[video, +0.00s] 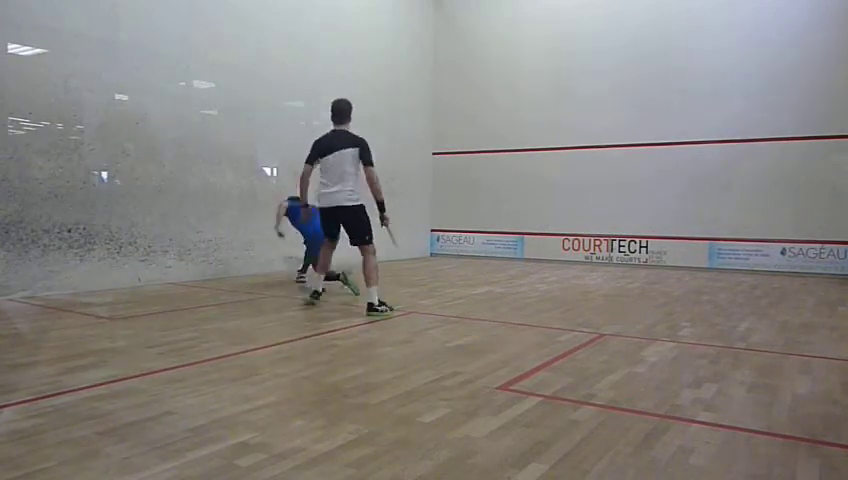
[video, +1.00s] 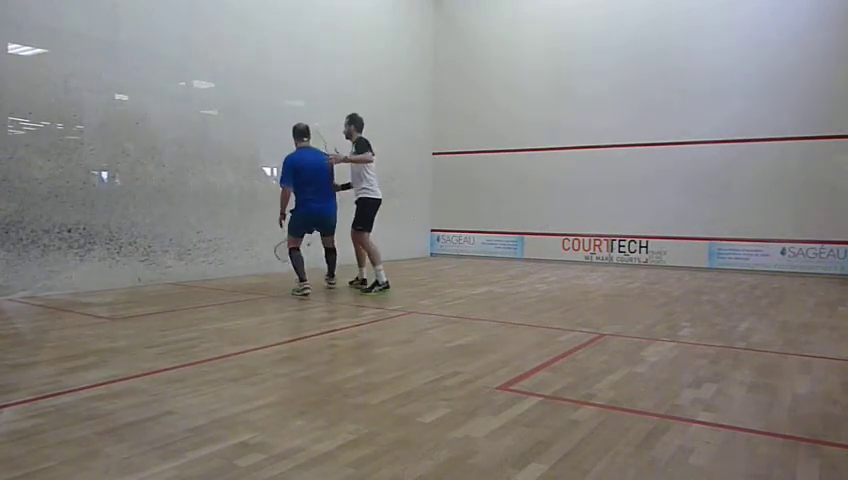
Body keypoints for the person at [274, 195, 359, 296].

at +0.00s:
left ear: (290, 203)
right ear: (302, 200)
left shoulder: (291, 206)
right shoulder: (313, 207)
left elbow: (282, 207)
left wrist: (277, 226)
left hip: (312, 238)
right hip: (323, 234)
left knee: (318, 270)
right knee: (310, 252)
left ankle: (340, 277)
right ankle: (302, 273)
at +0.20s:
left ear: (291, 188)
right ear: (303, 186)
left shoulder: (291, 197)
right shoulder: (313, 196)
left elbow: (277, 214)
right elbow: (328, 204)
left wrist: (271, 233)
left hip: (307, 230)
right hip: (321, 228)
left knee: (309, 265)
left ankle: (335, 266)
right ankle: (303, 272)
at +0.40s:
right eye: (310, 154)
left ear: (298, 157)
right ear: (312, 154)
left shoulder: (296, 174)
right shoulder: (322, 168)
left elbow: (292, 199)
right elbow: (330, 190)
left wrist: (292, 215)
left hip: (307, 215)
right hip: (324, 213)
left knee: (306, 250)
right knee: (320, 247)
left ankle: (321, 271)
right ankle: (307, 271)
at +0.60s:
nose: (318, 142)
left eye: (315, 139)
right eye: (319, 139)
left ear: (309, 141)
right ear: (324, 139)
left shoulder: (302, 159)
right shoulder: (331, 157)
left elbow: (295, 186)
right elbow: (338, 181)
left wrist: (296, 203)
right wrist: (337, 201)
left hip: (310, 207)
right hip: (330, 206)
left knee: (314, 248)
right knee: (329, 243)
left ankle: (325, 277)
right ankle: (326, 277)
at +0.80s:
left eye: (301, 140)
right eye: (309, 138)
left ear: (298, 141)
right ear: (314, 139)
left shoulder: (295, 159)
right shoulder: (326, 155)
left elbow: (293, 190)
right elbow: (333, 181)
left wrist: (294, 209)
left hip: (313, 205)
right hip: (334, 204)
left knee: (297, 237)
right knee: (333, 241)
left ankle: (306, 270)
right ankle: (333, 277)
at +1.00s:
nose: (299, 140)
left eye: (295, 138)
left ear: (294, 138)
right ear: (309, 137)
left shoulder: (291, 160)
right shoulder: (325, 157)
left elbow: (286, 190)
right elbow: (331, 185)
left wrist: (283, 212)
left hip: (304, 210)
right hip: (328, 210)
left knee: (293, 245)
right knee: (329, 241)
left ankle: (303, 282)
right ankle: (331, 277)